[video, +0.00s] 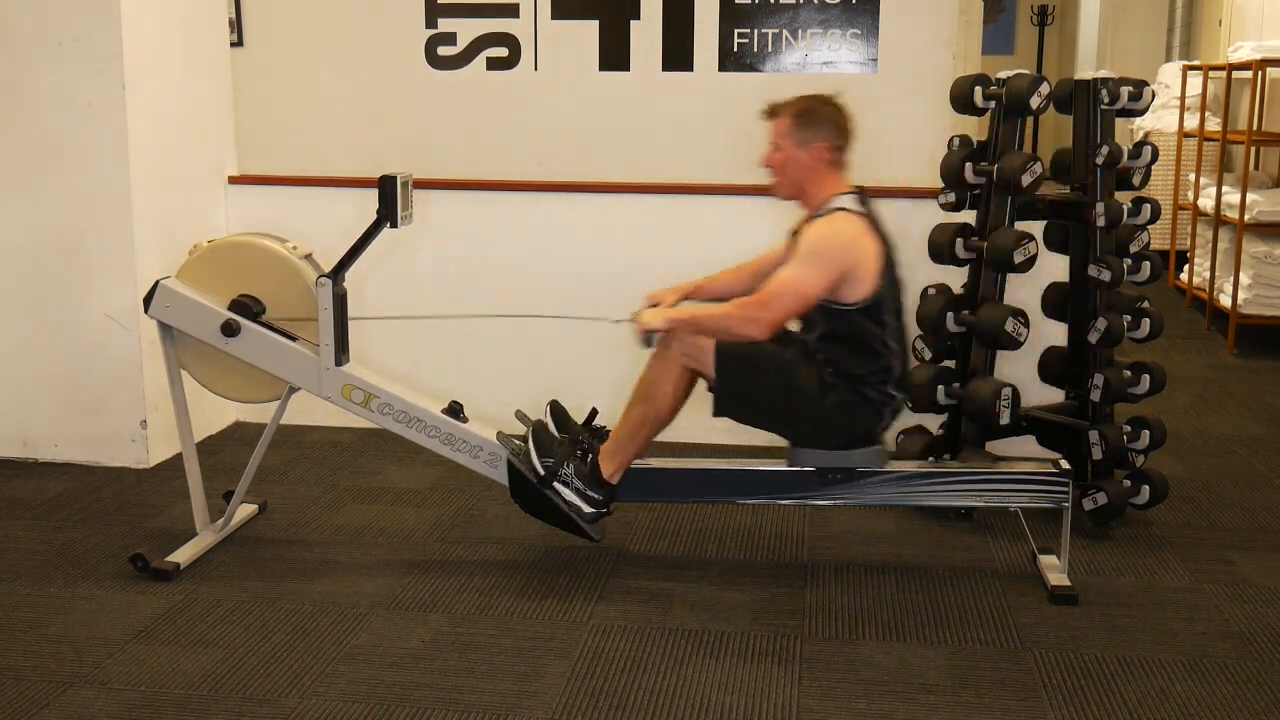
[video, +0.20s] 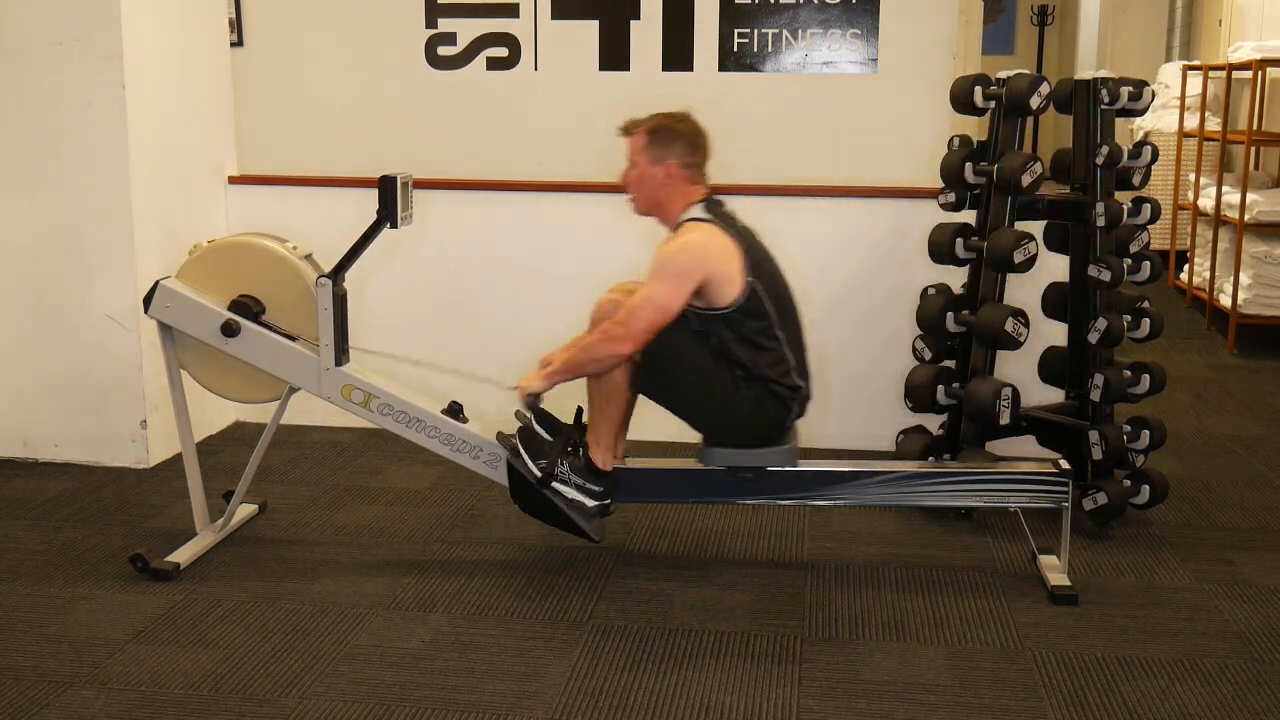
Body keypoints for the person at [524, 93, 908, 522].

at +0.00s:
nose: (767, 159)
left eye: (778, 147)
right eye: (771, 146)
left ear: (818, 152)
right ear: (813, 155)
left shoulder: (836, 230)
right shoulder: (827, 221)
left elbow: (759, 322)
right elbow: (757, 275)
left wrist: (674, 317)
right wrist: (681, 294)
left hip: (847, 407)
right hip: (837, 391)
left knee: (681, 340)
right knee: (682, 330)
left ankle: (601, 476)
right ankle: (609, 457)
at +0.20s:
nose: (623, 180)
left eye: (632, 165)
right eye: (627, 166)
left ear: (669, 172)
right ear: (671, 172)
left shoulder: (695, 243)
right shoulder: (708, 225)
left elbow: (623, 338)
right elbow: (631, 318)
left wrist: (549, 376)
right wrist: (561, 360)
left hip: (755, 416)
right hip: (762, 405)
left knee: (616, 308)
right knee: (623, 298)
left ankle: (595, 473)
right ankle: (605, 454)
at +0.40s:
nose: (567, 179)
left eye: (578, 167)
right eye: (572, 166)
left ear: (613, 180)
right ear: (617, 180)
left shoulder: (627, 241)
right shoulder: (654, 221)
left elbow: (533, 326)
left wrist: (465, 371)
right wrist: (481, 365)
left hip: (702, 415)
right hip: (716, 404)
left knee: (574, 309)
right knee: (587, 297)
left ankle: (593, 453)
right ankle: (605, 436)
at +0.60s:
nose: (631, 156)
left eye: (644, 148)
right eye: (638, 146)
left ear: (678, 165)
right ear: (679, 167)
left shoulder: (680, 228)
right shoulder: (687, 217)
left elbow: (565, 269)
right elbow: (585, 244)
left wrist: (472, 282)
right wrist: (498, 264)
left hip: (741, 407)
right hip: (742, 396)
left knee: (604, 305)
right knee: (615, 291)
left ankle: (592, 464)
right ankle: (600, 439)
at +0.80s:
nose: (781, 140)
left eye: (796, 133)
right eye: (789, 130)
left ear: (833, 151)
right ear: (831, 152)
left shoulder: (827, 224)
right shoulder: (816, 214)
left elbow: (716, 279)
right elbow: (715, 256)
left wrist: (626, 301)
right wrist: (634, 281)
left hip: (844, 397)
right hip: (827, 370)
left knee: (682, 338)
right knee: (682, 322)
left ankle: (595, 471)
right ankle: (599, 449)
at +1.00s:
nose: (956, 148)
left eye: (972, 140)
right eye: (963, 137)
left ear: (1014, 162)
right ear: (1001, 158)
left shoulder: (995, 236)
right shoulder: (964, 220)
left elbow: (887, 285)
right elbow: (876, 260)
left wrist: (792, 281)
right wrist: (790, 271)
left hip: (916, 392)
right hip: (893, 367)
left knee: (743, 400)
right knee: (736, 380)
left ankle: (592, 486)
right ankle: (598, 458)